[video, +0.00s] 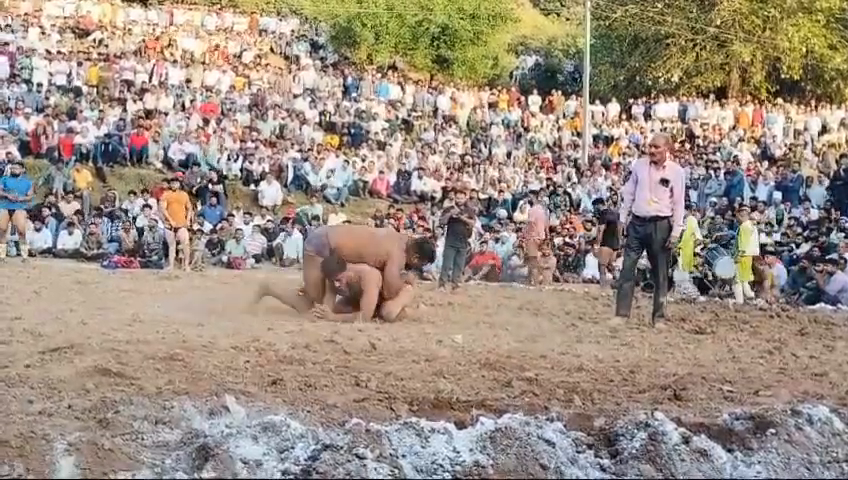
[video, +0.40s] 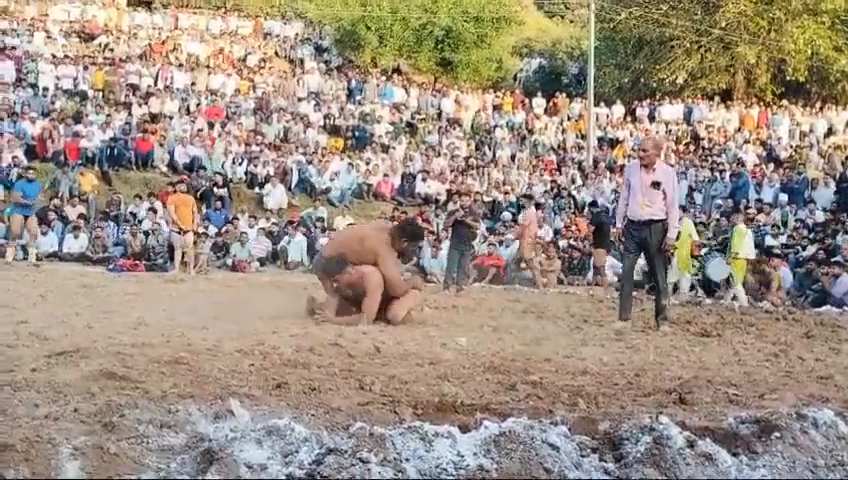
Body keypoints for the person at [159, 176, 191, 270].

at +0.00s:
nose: (174, 185)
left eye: (176, 182)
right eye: (172, 183)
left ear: (179, 184)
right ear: (169, 184)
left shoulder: (184, 195)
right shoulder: (165, 195)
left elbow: (189, 208)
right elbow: (163, 209)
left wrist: (188, 220)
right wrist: (170, 220)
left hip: (182, 224)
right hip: (169, 224)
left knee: (186, 244)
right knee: (171, 245)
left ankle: (186, 265)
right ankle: (170, 265)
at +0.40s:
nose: (183, 187)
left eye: (184, 185)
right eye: (180, 185)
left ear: (186, 186)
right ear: (176, 186)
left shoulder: (191, 198)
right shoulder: (172, 198)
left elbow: (195, 213)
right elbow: (172, 213)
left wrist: (195, 225)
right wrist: (180, 225)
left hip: (188, 228)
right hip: (176, 228)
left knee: (190, 249)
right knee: (177, 249)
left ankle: (191, 269)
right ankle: (176, 268)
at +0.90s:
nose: (231, 210)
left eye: (232, 208)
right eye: (229, 208)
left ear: (234, 209)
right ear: (224, 210)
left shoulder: (237, 221)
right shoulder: (219, 221)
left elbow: (241, 234)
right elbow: (217, 236)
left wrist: (239, 244)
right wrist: (226, 247)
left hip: (235, 249)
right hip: (223, 250)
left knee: (236, 271)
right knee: (224, 271)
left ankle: (238, 291)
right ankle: (224, 291)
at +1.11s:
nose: (221, 214)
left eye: (222, 212)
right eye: (219, 212)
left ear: (223, 213)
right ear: (214, 213)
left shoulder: (226, 225)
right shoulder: (208, 225)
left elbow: (230, 238)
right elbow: (205, 241)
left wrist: (229, 249)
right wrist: (215, 251)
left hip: (224, 253)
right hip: (212, 254)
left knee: (226, 275)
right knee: (214, 275)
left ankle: (229, 295)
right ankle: (214, 295)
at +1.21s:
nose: (219, 216)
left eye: (219, 214)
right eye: (216, 214)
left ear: (221, 215)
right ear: (211, 215)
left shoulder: (223, 227)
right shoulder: (205, 227)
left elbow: (226, 240)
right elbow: (202, 243)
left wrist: (226, 251)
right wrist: (212, 253)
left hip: (221, 255)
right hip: (209, 256)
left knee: (224, 276)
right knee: (211, 277)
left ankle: (227, 296)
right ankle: (210, 297)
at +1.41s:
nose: (215, 219)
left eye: (216, 217)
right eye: (213, 217)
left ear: (218, 219)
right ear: (208, 218)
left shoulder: (220, 230)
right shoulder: (201, 231)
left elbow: (224, 243)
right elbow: (199, 246)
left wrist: (223, 255)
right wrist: (210, 257)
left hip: (218, 259)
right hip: (206, 260)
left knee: (221, 280)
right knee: (207, 281)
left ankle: (225, 300)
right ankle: (207, 301)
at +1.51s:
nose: (216, 221)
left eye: (217, 218)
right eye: (214, 218)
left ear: (218, 220)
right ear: (208, 219)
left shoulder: (220, 231)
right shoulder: (201, 232)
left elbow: (223, 244)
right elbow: (199, 247)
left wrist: (223, 256)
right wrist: (210, 258)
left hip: (218, 260)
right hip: (206, 260)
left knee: (220, 281)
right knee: (207, 282)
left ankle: (225, 301)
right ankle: (206, 302)